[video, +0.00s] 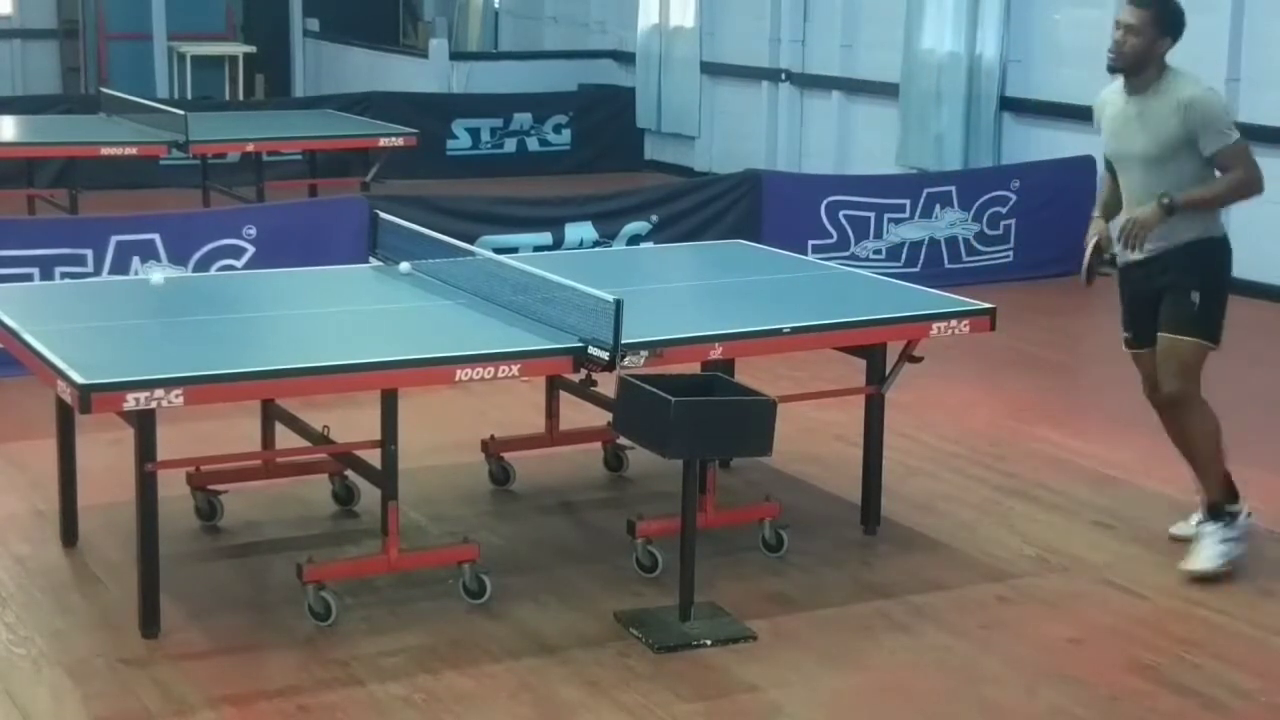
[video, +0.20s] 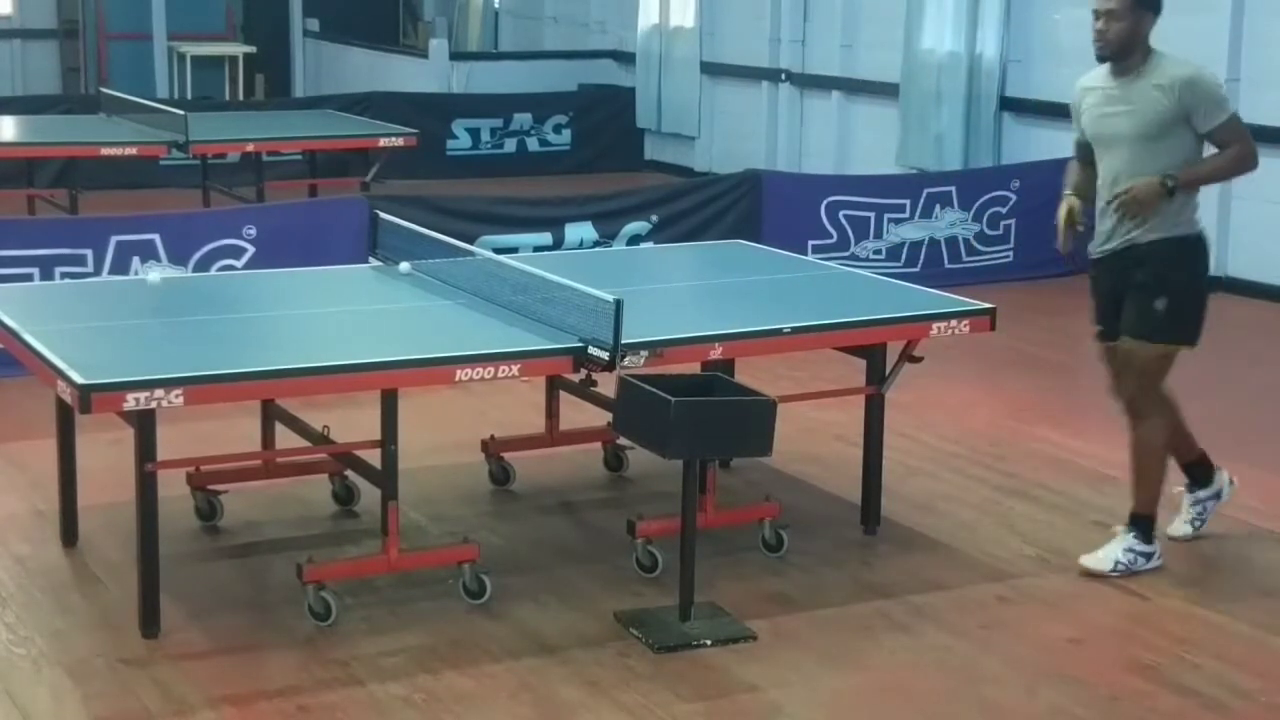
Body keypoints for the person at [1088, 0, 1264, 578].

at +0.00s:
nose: (1116, 39)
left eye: (1130, 32)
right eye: (1116, 28)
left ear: (1163, 44)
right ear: (1114, 33)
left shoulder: (1196, 102)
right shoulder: (1107, 101)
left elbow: (1249, 178)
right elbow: (1114, 175)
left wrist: (1167, 206)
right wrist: (1100, 220)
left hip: (1194, 256)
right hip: (1137, 263)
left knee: (1176, 388)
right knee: (1159, 392)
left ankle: (1228, 514)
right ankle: (1216, 502)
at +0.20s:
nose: (1099, 27)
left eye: (1113, 17)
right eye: (1096, 17)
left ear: (1146, 22)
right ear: (1094, 23)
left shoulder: (1186, 81)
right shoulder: (1088, 89)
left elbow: (1243, 154)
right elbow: (1085, 160)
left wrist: (1168, 183)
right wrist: (1072, 195)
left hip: (1170, 253)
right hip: (1109, 258)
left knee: (1139, 383)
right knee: (1130, 383)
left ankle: (1141, 537)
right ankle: (1205, 479)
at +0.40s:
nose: (1065, 42)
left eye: (1074, 28)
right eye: (1060, 31)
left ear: (1113, 22)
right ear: (1061, 31)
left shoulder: (1155, 93)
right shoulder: (1069, 94)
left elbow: (1202, 184)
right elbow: (1078, 167)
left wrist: (1117, 206)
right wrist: (1044, 198)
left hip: (1131, 266)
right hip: (1071, 265)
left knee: (1120, 403)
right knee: (1039, 392)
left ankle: (1139, 537)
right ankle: (1123, 476)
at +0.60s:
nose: (1014, 41)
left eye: (1023, 27)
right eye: (1010, 30)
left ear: (1062, 22)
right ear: (1011, 32)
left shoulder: (1104, 91)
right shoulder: (1036, 95)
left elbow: (1113, 195)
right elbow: (1056, 190)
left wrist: (1017, 184)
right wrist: (1013, 204)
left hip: (1090, 270)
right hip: (1029, 268)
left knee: (1105, 401)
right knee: (995, 398)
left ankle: (1134, 533)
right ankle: (984, 542)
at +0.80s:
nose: (953, 55)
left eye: (962, 41)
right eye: (951, 43)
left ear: (1001, 33)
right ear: (967, 43)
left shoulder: (1041, 101)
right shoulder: (991, 99)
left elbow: (1043, 209)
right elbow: (999, 194)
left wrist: (950, 207)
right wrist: (943, 212)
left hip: (1027, 278)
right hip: (976, 272)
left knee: (1009, 421)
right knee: (952, 405)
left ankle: (1092, 503)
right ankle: (973, 549)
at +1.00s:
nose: (890, 61)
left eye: (897, 46)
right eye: (886, 49)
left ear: (935, 34)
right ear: (911, 43)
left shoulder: (978, 102)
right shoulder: (943, 98)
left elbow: (994, 210)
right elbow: (964, 185)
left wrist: (902, 223)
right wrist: (912, 196)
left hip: (985, 275)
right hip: (964, 270)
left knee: (926, 418)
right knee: (964, 418)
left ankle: (958, 567)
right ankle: (976, 554)